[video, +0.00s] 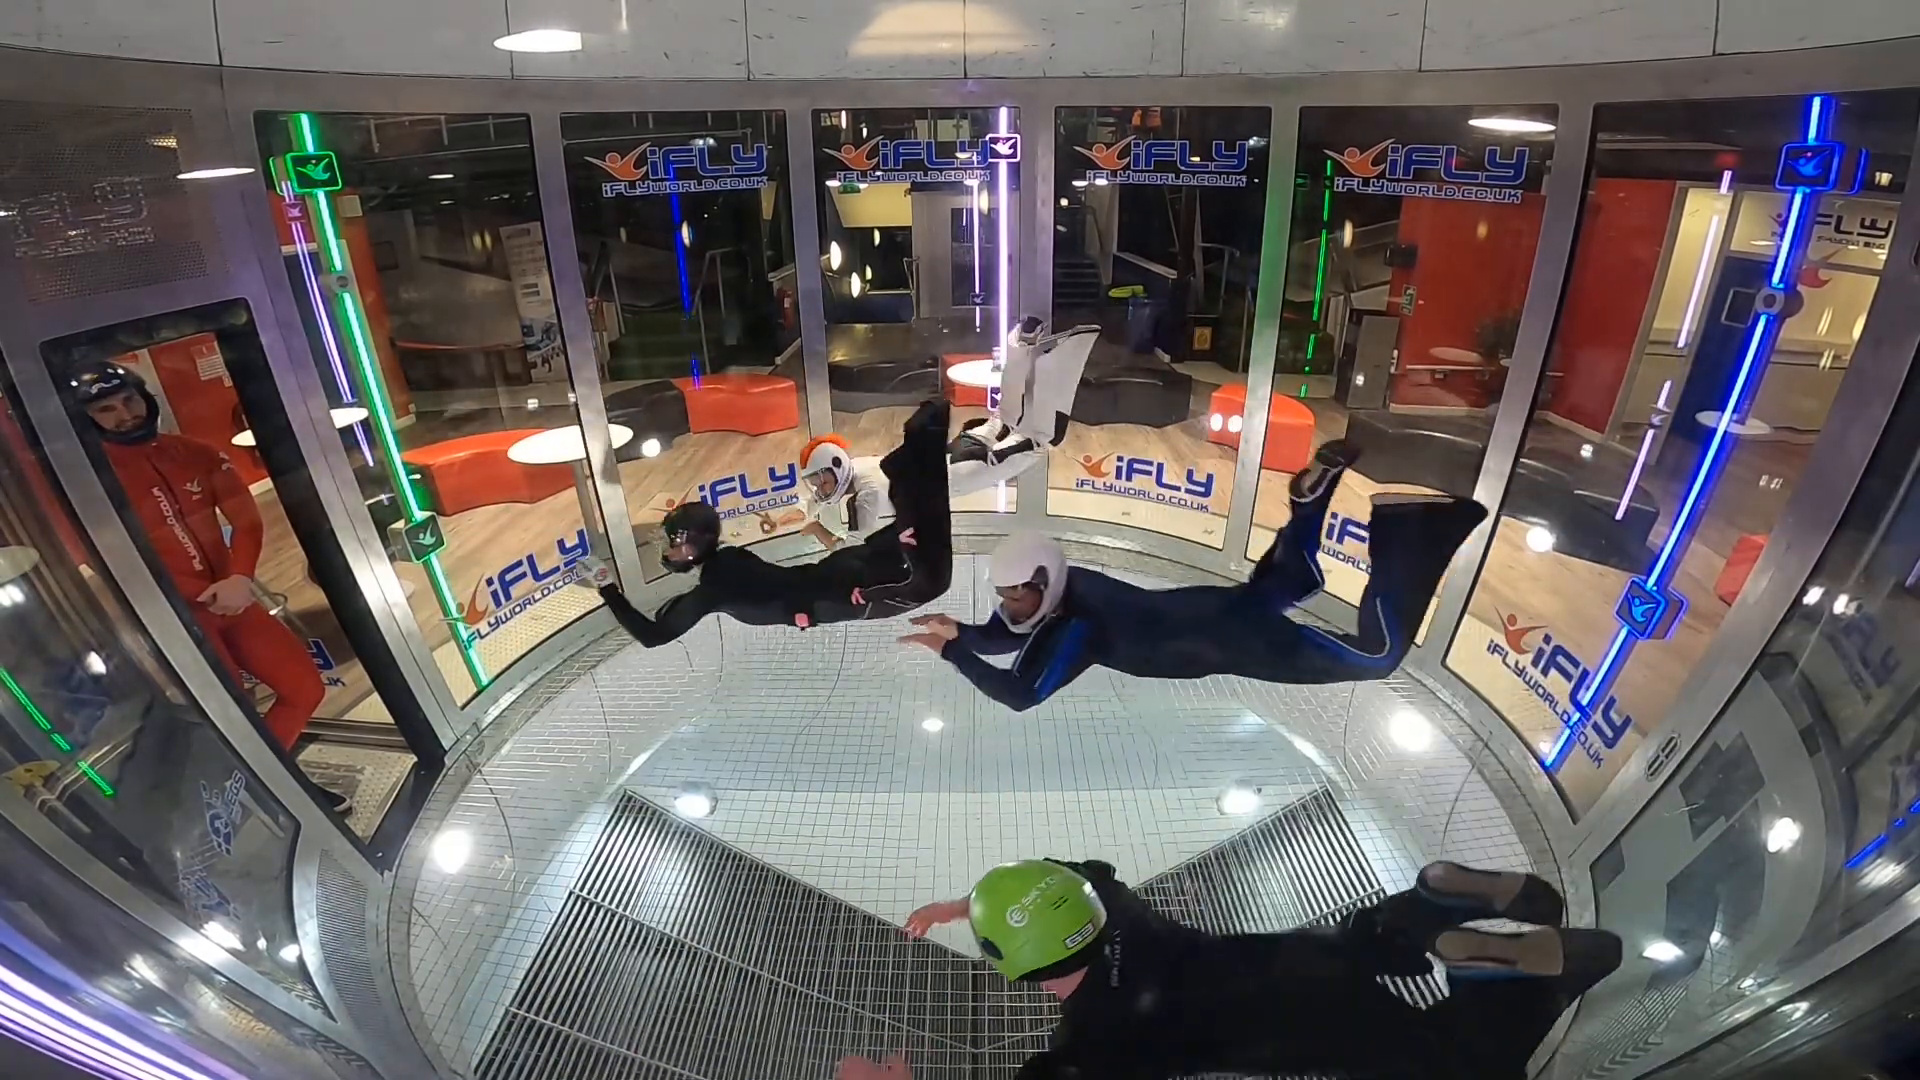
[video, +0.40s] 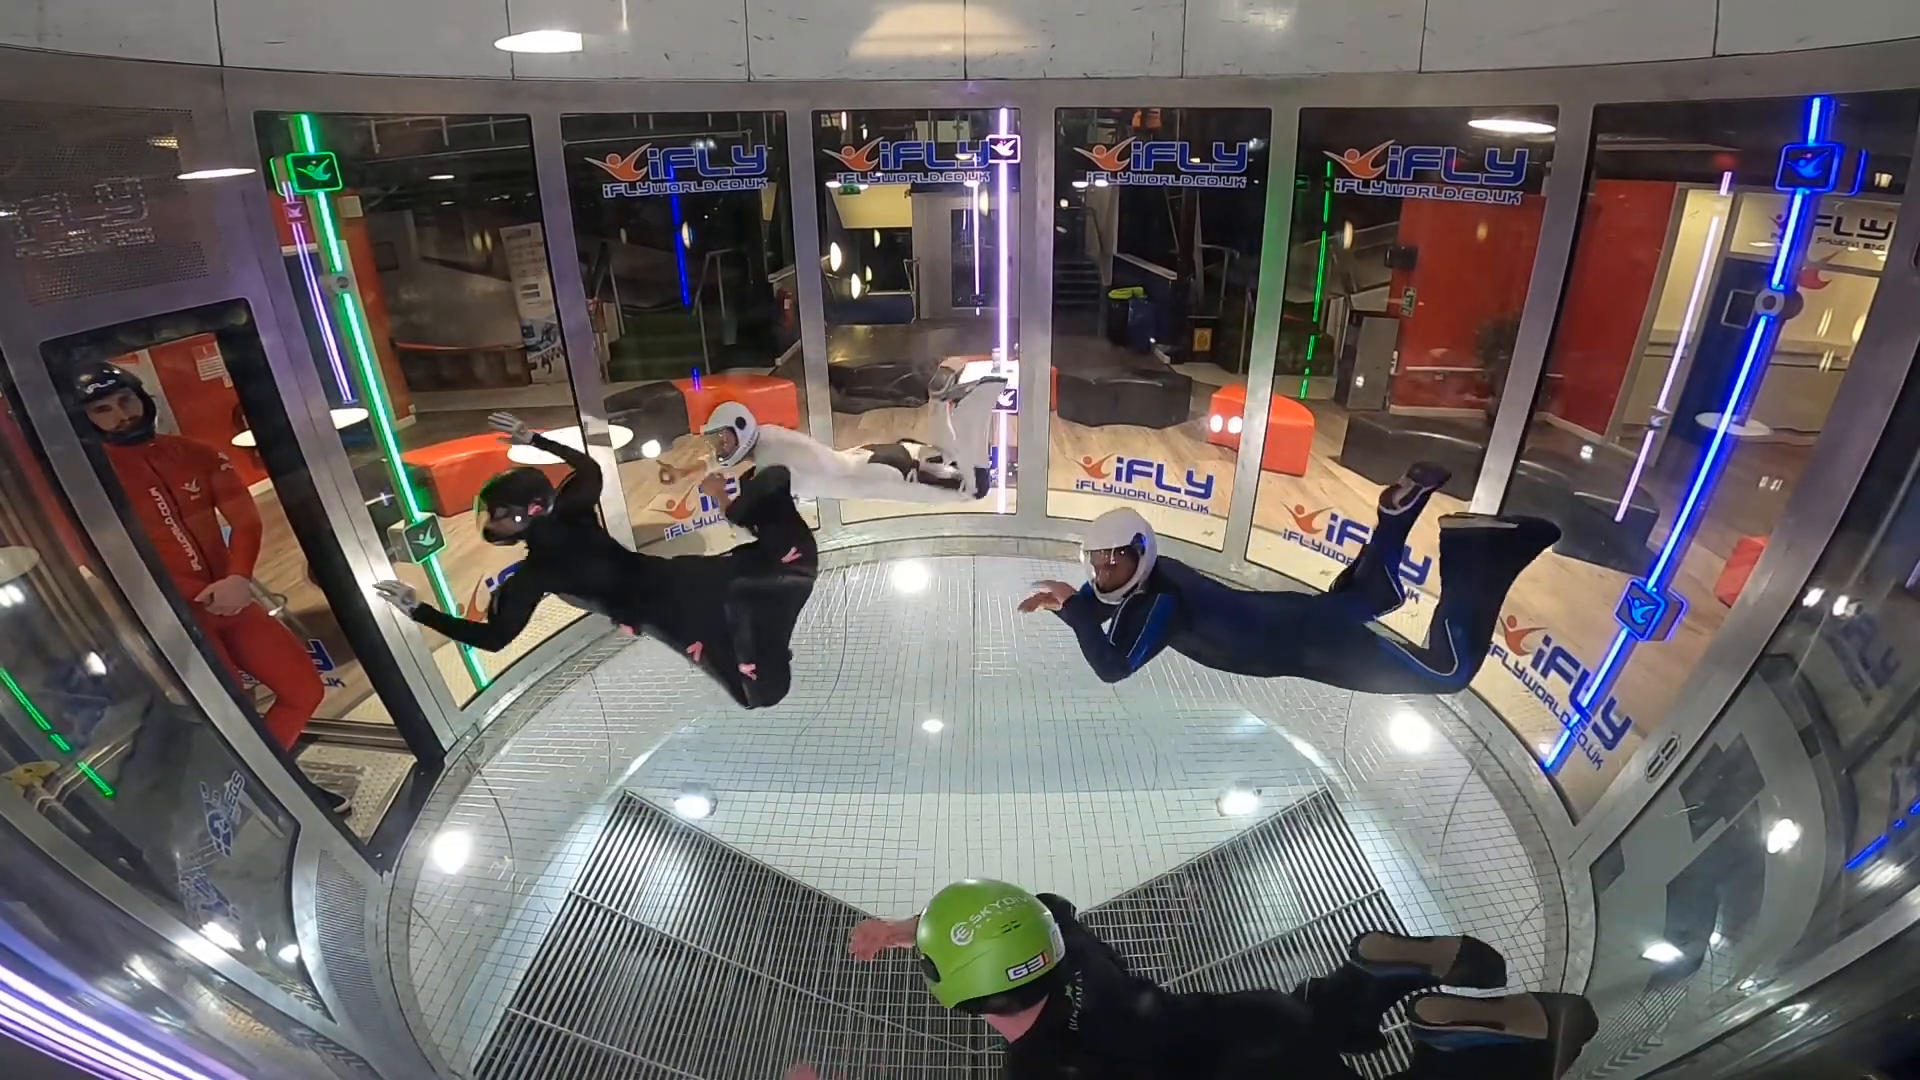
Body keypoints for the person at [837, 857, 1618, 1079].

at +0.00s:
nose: (1016, 977)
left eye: (1017, 966)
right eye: (1018, 963)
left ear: (1049, 972)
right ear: (1072, 908)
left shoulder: (1106, 1035)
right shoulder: (1110, 906)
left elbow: (1032, 1079)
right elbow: (1055, 879)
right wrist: (962, 908)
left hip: (1318, 1024)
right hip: (1305, 948)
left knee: (1447, 1027)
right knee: (1391, 927)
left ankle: (1556, 966)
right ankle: (1491, 901)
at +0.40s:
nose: (986, 1019)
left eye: (994, 1006)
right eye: (974, 1003)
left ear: (1032, 987)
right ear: (1021, 935)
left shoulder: (1067, 1058)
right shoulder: (1051, 930)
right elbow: (994, 914)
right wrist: (906, 933)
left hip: (1252, 1062)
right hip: (1222, 1008)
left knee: (1380, 1062)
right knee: (1324, 1009)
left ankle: (1514, 1030)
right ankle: (1404, 965)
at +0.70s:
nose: (1015, 984)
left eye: (1014, 972)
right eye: (1014, 969)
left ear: (1035, 978)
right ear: (1076, 908)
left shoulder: (1097, 1049)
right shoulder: (1110, 921)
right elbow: (1060, 881)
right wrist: (964, 912)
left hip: (1306, 1052)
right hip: (1285, 981)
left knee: (1420, 1059)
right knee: (1370, 974)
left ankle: (1511, 1022)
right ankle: (1466, 929)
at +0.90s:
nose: (1072, 936)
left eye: (1074, 927)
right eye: (1067, 921)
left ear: (1099, 929)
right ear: (1123, 877)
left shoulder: (1151, 999)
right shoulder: (1157, 887)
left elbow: (1137, 1073)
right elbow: (1095, 869)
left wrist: (1011, 1077)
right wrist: (1019, 878)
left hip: (1350, 1003)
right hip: (1344, 932)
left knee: (1493, 1009)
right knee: (1428, 922)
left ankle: (1610, 917)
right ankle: (1479, 855)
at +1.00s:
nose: (1113, 908)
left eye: (1112, 902)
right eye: (1110, 895)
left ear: (1130, 903)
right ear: (1151, 860)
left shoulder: (1175, 961)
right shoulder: (1185, 860)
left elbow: (1169, 1067)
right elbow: (1136, 831)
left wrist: (1059, 1041)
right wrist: (1063, 848)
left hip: (1391, 963)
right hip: (1375, 896)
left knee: (1540, 969)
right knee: (1455, 892)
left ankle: (1606, 863)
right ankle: (1494, 812)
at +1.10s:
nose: (1127, 864)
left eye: (1130, 857)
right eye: (1128, 849)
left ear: (1158, 862)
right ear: (1180, 819)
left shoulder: (1200, 919)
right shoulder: (1207, 824)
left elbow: (1194, 1034)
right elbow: (1162, 817)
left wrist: (1104, 992)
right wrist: (1099, 834)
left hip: (1413, 918)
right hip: (1393, 861)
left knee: (1567, 926)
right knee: (1468, 846)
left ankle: (1624, 809)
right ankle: (1533, 769)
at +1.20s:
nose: (1144, 820)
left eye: (1147, 814)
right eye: (1142, 807)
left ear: (1175, 820)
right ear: (1199, 786)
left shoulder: (1216, 879)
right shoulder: (1225, 788)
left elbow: (1216, 988)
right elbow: (1183, 775)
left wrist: (1143, 942)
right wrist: (1130, 798)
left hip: (1413, 887)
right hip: (1395, 829)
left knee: (1567, 891)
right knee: (1483, 811)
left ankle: (1629, 780)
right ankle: (1546, 728)